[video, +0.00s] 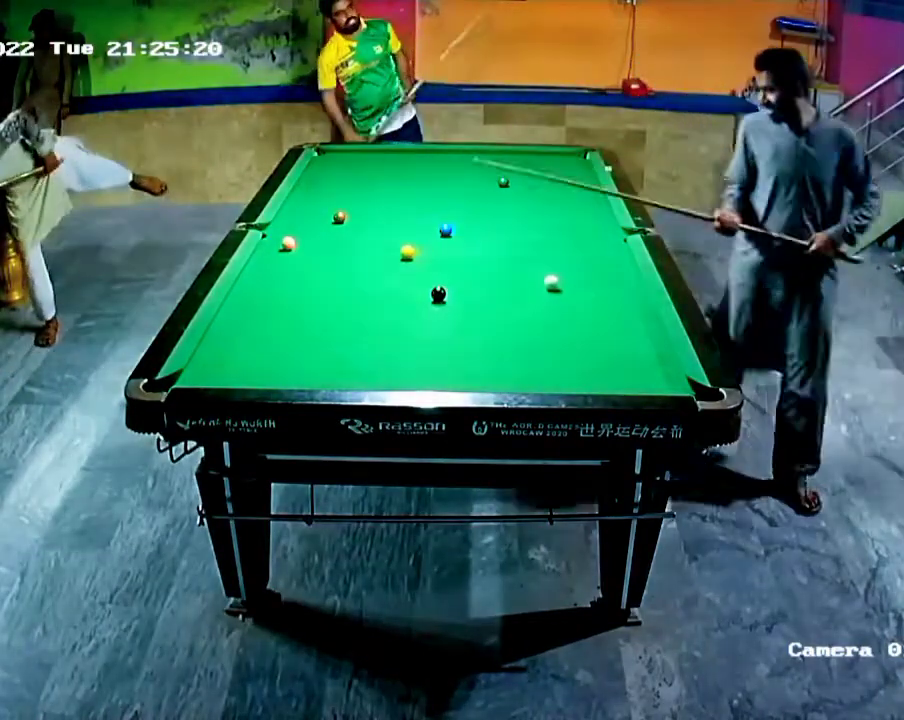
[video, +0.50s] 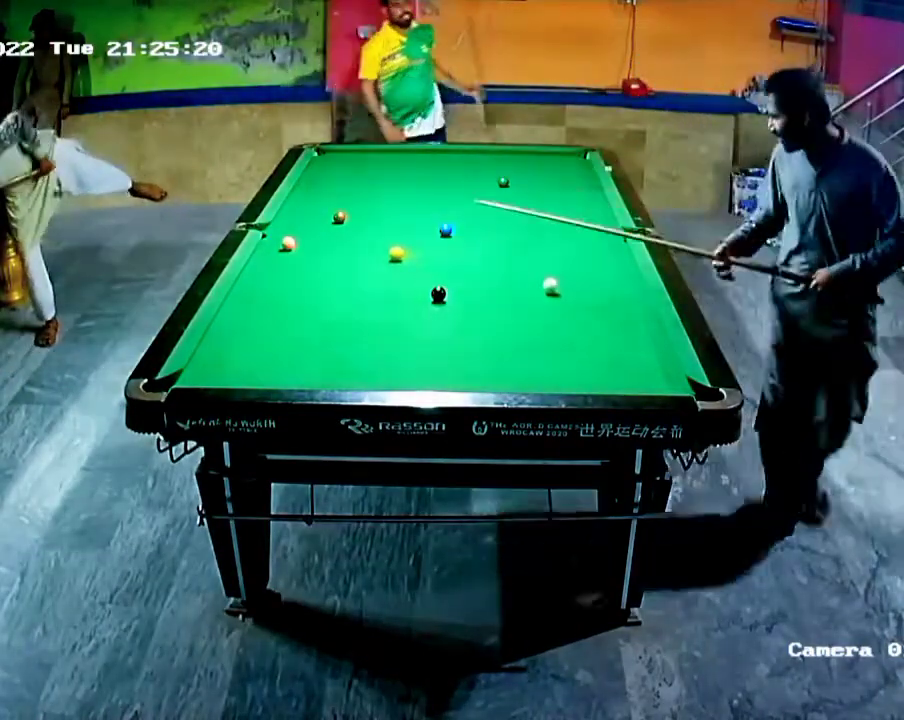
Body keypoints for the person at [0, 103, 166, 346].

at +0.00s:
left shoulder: (4, 129)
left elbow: (21, 118)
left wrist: (46, 151)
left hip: (37, 157)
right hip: (13, 185)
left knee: (86, 169)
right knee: (30, 255)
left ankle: (135, 179)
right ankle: (50, 320)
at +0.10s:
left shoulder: (7, 124)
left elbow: (24, 121)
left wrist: (39, 156)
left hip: (42, 160)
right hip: (14, 191)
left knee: (87, 171)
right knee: (30, 257)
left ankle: (133, 182)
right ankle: (49, 320)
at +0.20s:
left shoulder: (5, 129)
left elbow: (18, 118)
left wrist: (29, 161)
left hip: (43, 155)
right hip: (14, 191)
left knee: (85, 170)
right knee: (30, 257)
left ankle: (131, 185)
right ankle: (50, 320)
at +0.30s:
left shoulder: (6, 124)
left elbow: (19, 121)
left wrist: (25, 165)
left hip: (40, 155)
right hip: (13, 192)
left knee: (86, 171)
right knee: (30, 257)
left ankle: (129, 187)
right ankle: (49, 320)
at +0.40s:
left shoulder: (6, 125)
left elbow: (18, 122)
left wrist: (33, 162)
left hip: (46, 155)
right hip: (14, 191)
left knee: (89, 172)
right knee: (30, 256)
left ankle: (132, 187)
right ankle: (50, 320)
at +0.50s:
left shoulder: (7, 125)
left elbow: (18, 121)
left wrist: (40, 156)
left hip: (44, 157)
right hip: (14, 187)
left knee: (89, 171)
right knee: (29, 254)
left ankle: (133, 186)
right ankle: (50, 320)